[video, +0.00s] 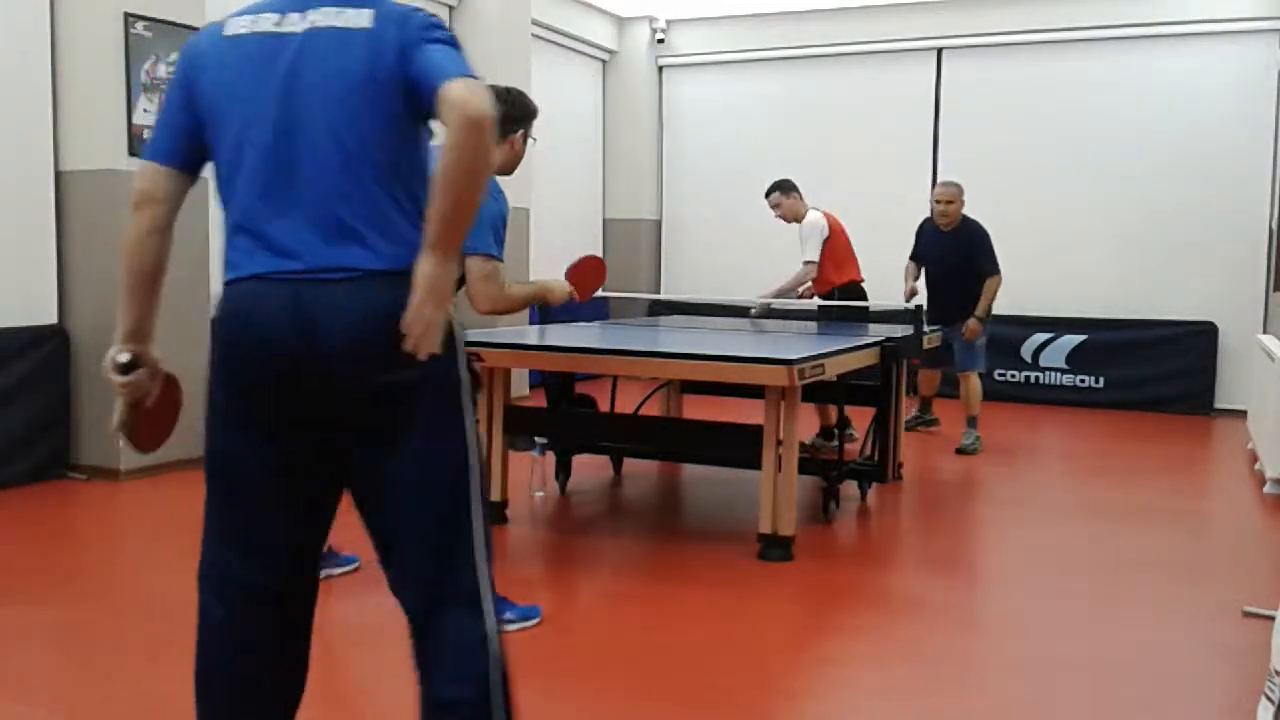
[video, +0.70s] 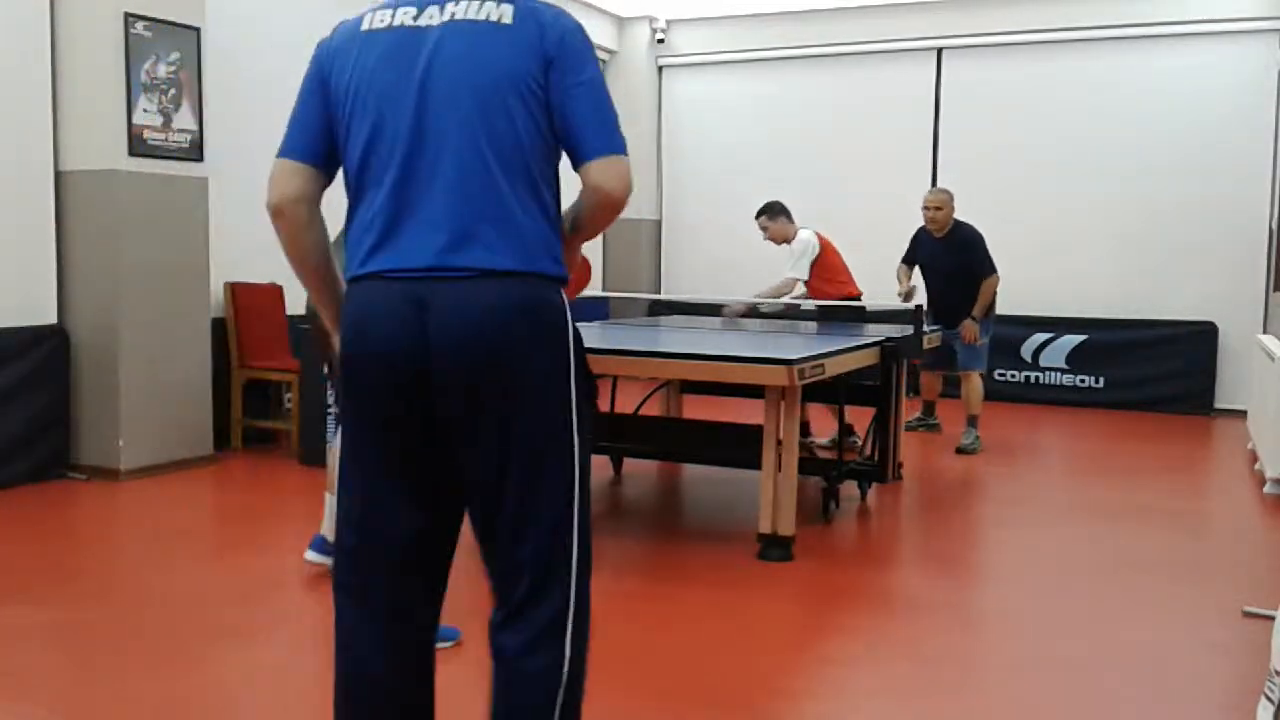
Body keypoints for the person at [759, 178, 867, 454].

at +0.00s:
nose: (777, 214)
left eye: (778, 206)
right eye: (773, 209)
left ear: (795, 197)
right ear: (797, 199)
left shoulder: (812, 221)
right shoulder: (820, 218)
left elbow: (810, 270)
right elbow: (835, 264)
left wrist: (769, 297)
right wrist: (813, 286)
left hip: (842, 299)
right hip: (846, 297)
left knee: (819, 367)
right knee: (828, 365)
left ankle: (827, 432)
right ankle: (841, 421)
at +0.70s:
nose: (765, 237)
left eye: (765, 229)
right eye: (762, 231)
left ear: (780, 220)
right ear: (783, 222)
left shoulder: (805, 239)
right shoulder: (806, 239)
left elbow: (788, 285)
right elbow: (818, 284)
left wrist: (749, 302)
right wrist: (797, 299)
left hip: (844, 311)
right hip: (832, 311)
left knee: (821, 373)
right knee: (813, 371)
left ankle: (845, 429)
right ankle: (844, 428)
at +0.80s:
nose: (758, 244)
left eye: (758, 236)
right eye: (755, 238)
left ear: (774, 228)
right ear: (776, 229)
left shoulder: (797, 245)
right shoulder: (794, 247)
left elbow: (776, 292)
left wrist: (736, 304)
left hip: (836, 316)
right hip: (825, 316)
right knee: (809, 375)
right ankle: (842, 426)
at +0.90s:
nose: (751, 252)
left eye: (752, 244)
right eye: (749, 246)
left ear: (768, 236)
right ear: (771, 237)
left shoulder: (790, 253)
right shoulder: (789, 254)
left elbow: (766, 299)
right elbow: (772, 301)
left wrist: (724, 309)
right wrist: (734, 307)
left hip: (830, 319)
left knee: (779, 374)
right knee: (798, 376)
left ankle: (799, 431)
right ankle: (839, 422)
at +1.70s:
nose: (739, 237)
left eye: (740, 229)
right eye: (738, 231)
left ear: (756, 224)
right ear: (760, 225)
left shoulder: (771, 242)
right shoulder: (783, 245)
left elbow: (738, 279)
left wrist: (691, 287)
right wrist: (757, 290)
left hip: (802, 317)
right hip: (819, 315)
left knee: (773, 368)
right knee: (775, 368)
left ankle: (798, 433)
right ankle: (798, 432)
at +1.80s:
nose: (745, 219)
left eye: (747, 212)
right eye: (744, 213)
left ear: (764, 209)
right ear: (768, 211)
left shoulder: (773, 227)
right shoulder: (784, 232)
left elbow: (741, 249)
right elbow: (782, 281)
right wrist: (753, 271)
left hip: (804, 314)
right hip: (808, 312)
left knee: (781, 376)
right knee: (781, 375)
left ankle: (801, 435)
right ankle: (799, 434)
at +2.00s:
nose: (752, 198)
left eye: (757, 193)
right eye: (754, 193)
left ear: (774, 196)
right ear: (777, 197)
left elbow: (735, 226)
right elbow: (787, 277)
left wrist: (700, 205)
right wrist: (752, 279)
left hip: (795, 306)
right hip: (805, 304)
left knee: (782, 374)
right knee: (784, 375)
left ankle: (801, 435)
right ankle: (799, 434)